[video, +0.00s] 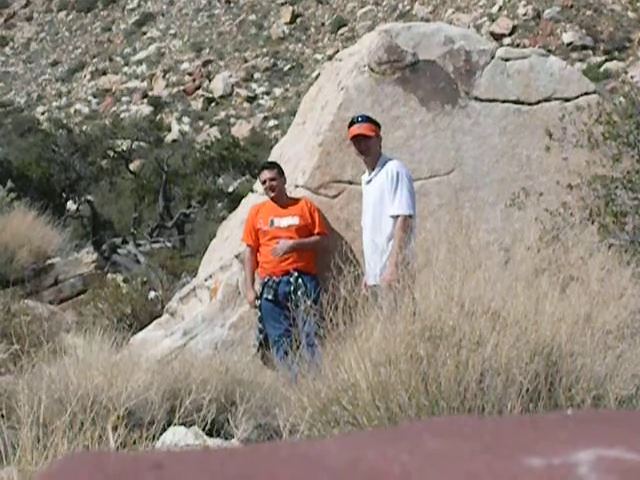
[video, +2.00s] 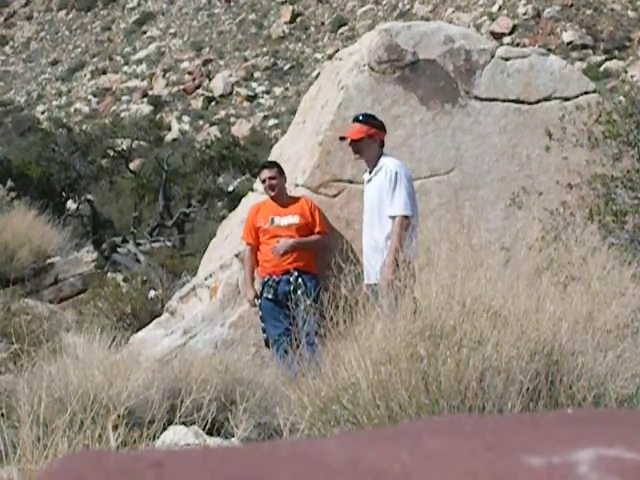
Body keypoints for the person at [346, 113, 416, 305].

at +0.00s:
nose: (361, 145)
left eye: (366, 138)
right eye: (356, 141)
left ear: (378, 138)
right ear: (352, 145)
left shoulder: (395, 170)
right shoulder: (366, 179)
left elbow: (404, 220)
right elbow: (371, 228)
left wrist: (393, 267)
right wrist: (369, 272)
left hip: (391, 273)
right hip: (374, 275)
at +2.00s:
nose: (352, 147)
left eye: (356, 141)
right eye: (351, 142)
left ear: (376, 138)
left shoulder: (394, 169)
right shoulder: (369, 176)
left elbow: (402, 219)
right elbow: (374, 224)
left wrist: (391, 263)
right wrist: (369, 273)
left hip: (391, 274)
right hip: (373, 274)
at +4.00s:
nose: (351, 147)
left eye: (355, 141)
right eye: (350, 142)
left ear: (373, 139)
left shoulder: (393, 170)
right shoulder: (369, 177)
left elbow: (401, 220)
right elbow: (372, 229)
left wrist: (390, 264)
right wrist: (369, 276)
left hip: (390, 272)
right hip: (373, 274)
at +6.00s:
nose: (359, 145)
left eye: (364, 138)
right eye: (356, 139)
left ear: (381, 136)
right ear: (354, 142)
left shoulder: (396, 170)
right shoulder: (374, 176)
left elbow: (398, 222)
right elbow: (380, 225)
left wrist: (385, 272)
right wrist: (375, 271)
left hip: (396, 272)